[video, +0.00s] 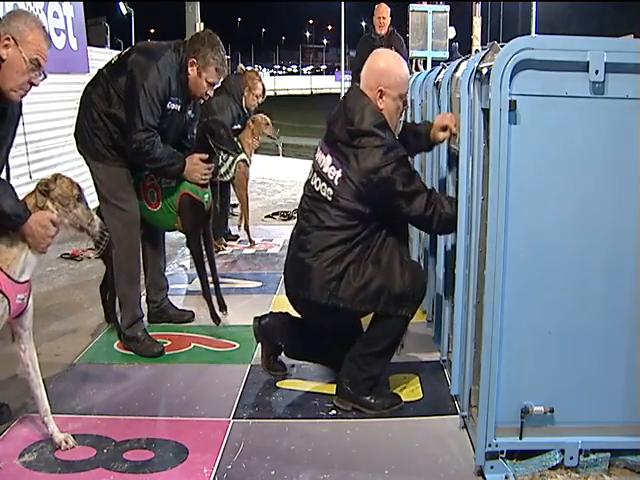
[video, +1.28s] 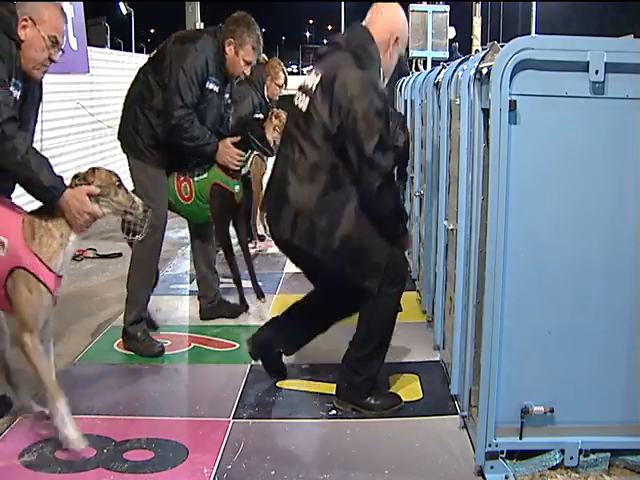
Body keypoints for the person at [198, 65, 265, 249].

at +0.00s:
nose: (258, 102)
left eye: (260, 98)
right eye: (256, 96)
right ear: (244, 91)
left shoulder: (241, 104)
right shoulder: (222, 106)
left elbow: (244, 127)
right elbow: (220, 137)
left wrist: (251, 141)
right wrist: (240, 152)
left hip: (224, 150)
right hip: (206, 152)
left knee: (224, 195)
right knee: (212, 197)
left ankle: (223, 229)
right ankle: (213, 234)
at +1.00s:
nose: (269, 94)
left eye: (270, 89)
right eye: (266, 89)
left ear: (257, 85)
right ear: (253, 85)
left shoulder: (248, 95)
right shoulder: (232, 98)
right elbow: (229, 130)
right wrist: (250, 152)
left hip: (238, 143)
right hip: (216, 146)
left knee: (243, 190)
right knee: (216, 194)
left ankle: (249, 231)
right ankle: (212, 235)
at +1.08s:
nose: (272, 94)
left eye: (273, 90)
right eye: (269, 89)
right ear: (257, 84)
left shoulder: (252, 95)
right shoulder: (237, 95)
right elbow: (234, 126)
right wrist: (255, 151)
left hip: (243, 145)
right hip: (228, 147)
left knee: (248, 192)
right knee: (244, 193)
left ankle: (251, 230)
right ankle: (246, 234)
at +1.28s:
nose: (280, 90)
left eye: (282, 86)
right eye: (278, 85)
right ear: (267, 80)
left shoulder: (268, 99)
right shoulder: (248, 95)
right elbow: (244, 125)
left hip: (257, 147)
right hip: (242, 149)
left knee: (255, 191)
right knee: (249, 193)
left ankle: (254, 229)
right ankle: (249, 232)